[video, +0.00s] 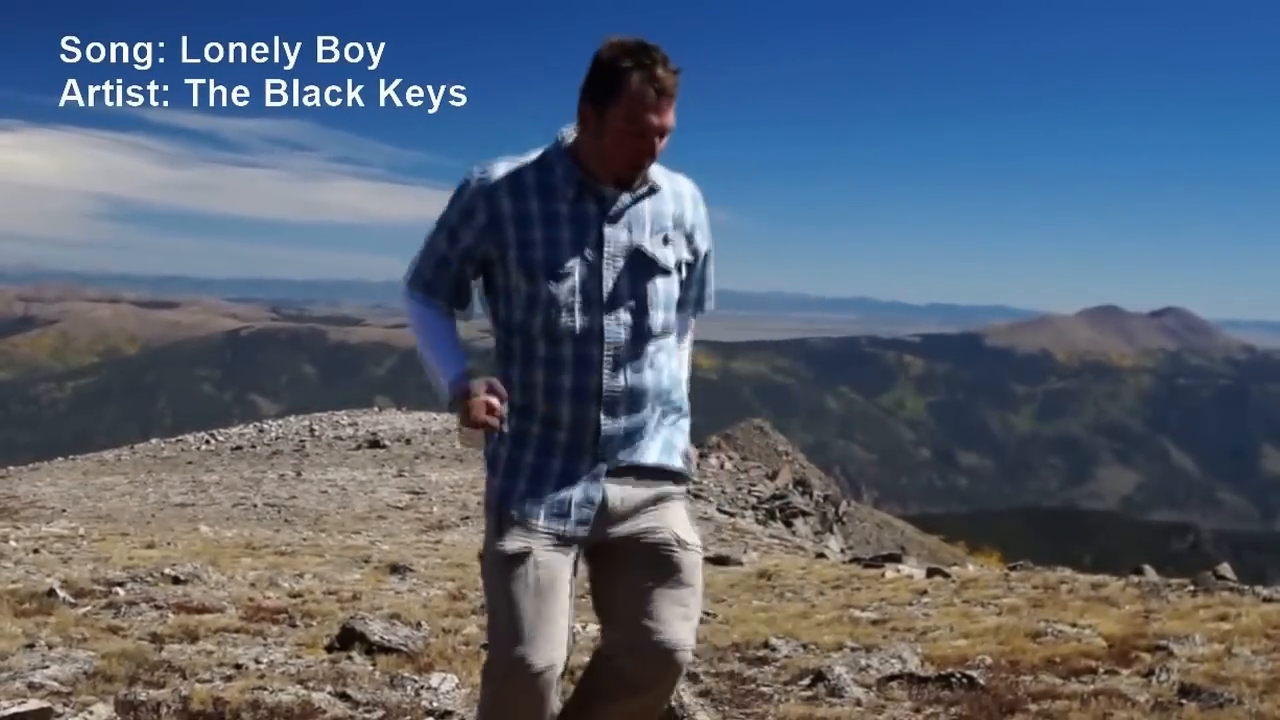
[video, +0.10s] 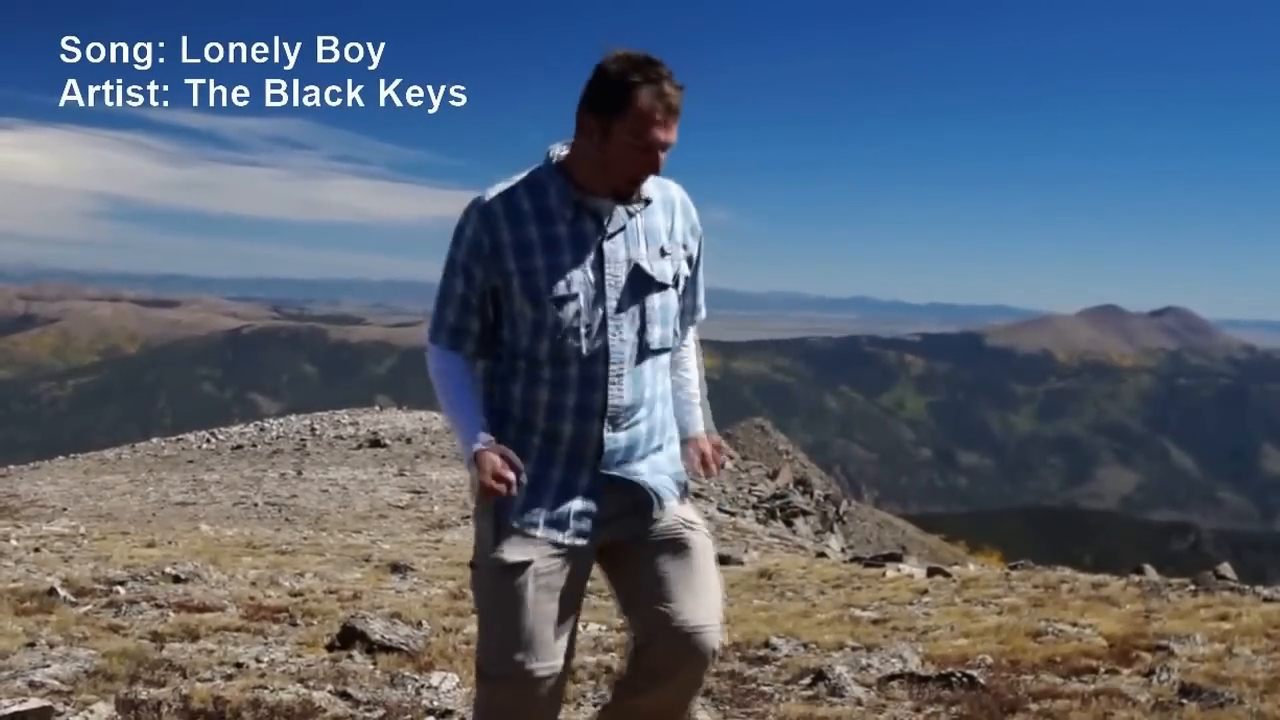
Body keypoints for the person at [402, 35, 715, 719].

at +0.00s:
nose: (656, 148)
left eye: (664, 133)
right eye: (645, 132)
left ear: (670, 123)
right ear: (594, 116)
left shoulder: (680, 203)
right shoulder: (496, 196)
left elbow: (682, 327)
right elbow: (427, 293)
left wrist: (670, 426)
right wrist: (457, 383)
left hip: (649, 477)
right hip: (536, 480)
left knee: (659, 653)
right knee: (529, 667)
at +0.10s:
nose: (659, 164)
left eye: (666, 149)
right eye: (650, 148)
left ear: (670, 136)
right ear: (595, 130)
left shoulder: (674, 210)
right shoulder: (497, 219)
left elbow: (682, 331)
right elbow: (449, 346)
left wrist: (694, 424)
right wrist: (476, 442)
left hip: (648, 480)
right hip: (535, 487)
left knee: (688, 640)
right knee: (524, 681)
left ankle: (625, 718)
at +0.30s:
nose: (701, 190)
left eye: (709, 174)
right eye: (694, 173)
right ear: (639, 148)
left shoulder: (696, 216)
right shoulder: (519, 212)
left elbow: (745, 276)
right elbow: (434, 299)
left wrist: (807, 332)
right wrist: (497, 380)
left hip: (671, 470)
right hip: (560, 487)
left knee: (751, 630)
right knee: (560, 677)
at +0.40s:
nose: (723, 195)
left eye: (729, 179)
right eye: (715, 179)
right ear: (660, 158)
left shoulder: (721, 224)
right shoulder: (542, 226)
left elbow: (763, 287)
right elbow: (486, 352)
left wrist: (822, 347)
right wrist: (502, 469)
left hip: (695, 492)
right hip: (579, 500)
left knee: (761, 674)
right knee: (558, 688)